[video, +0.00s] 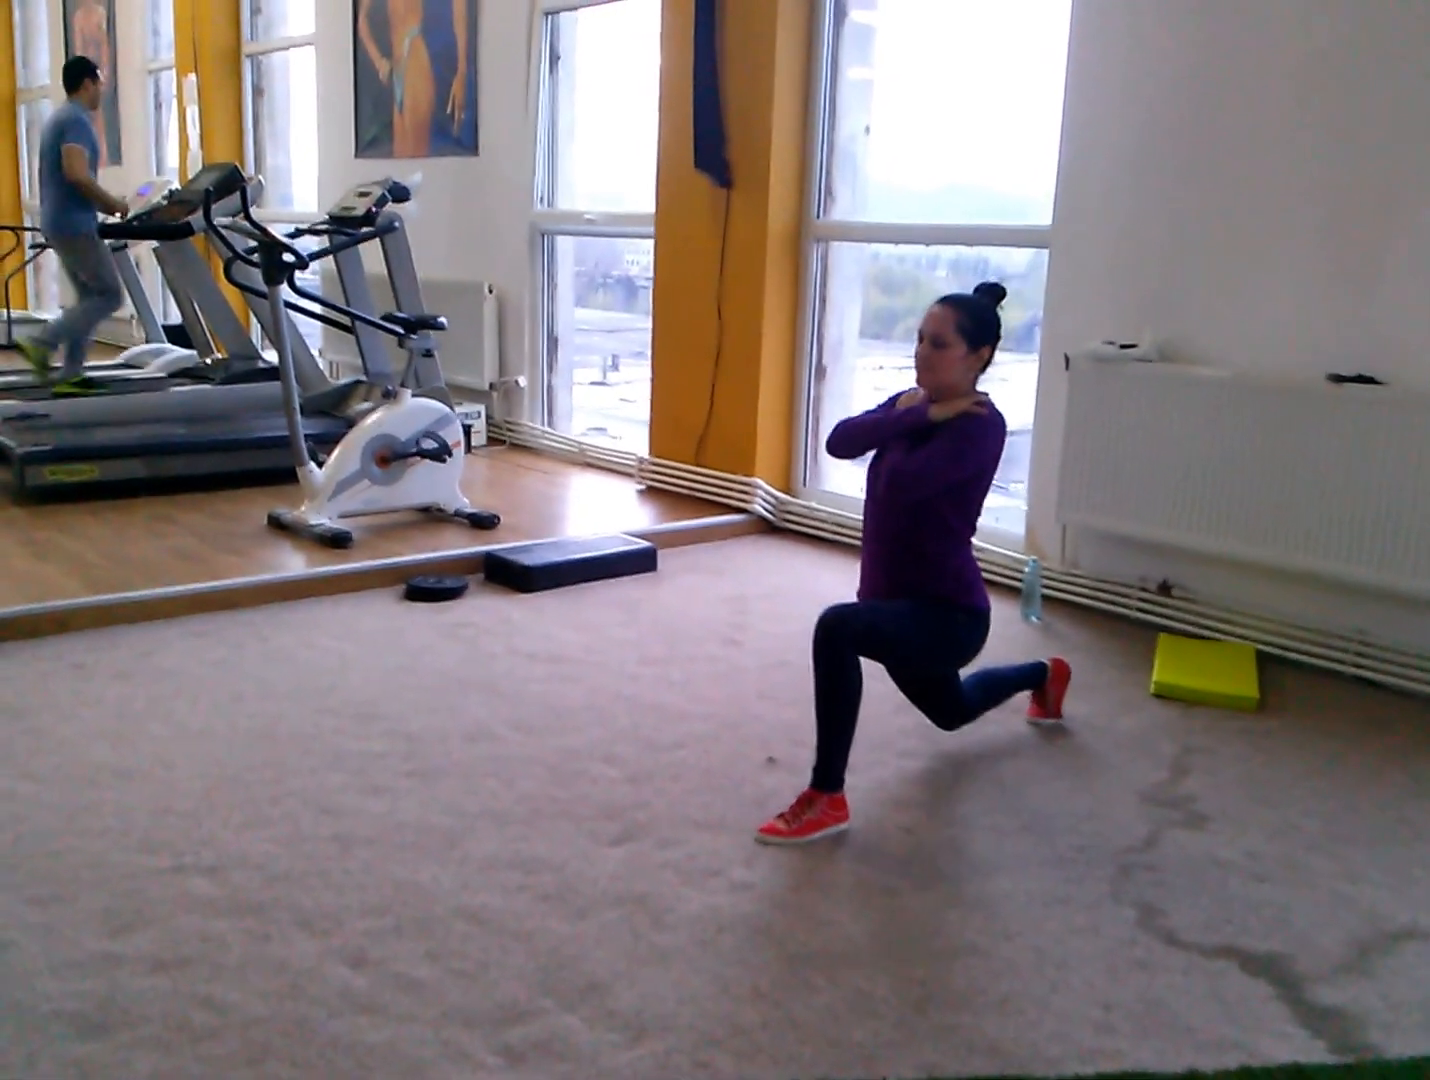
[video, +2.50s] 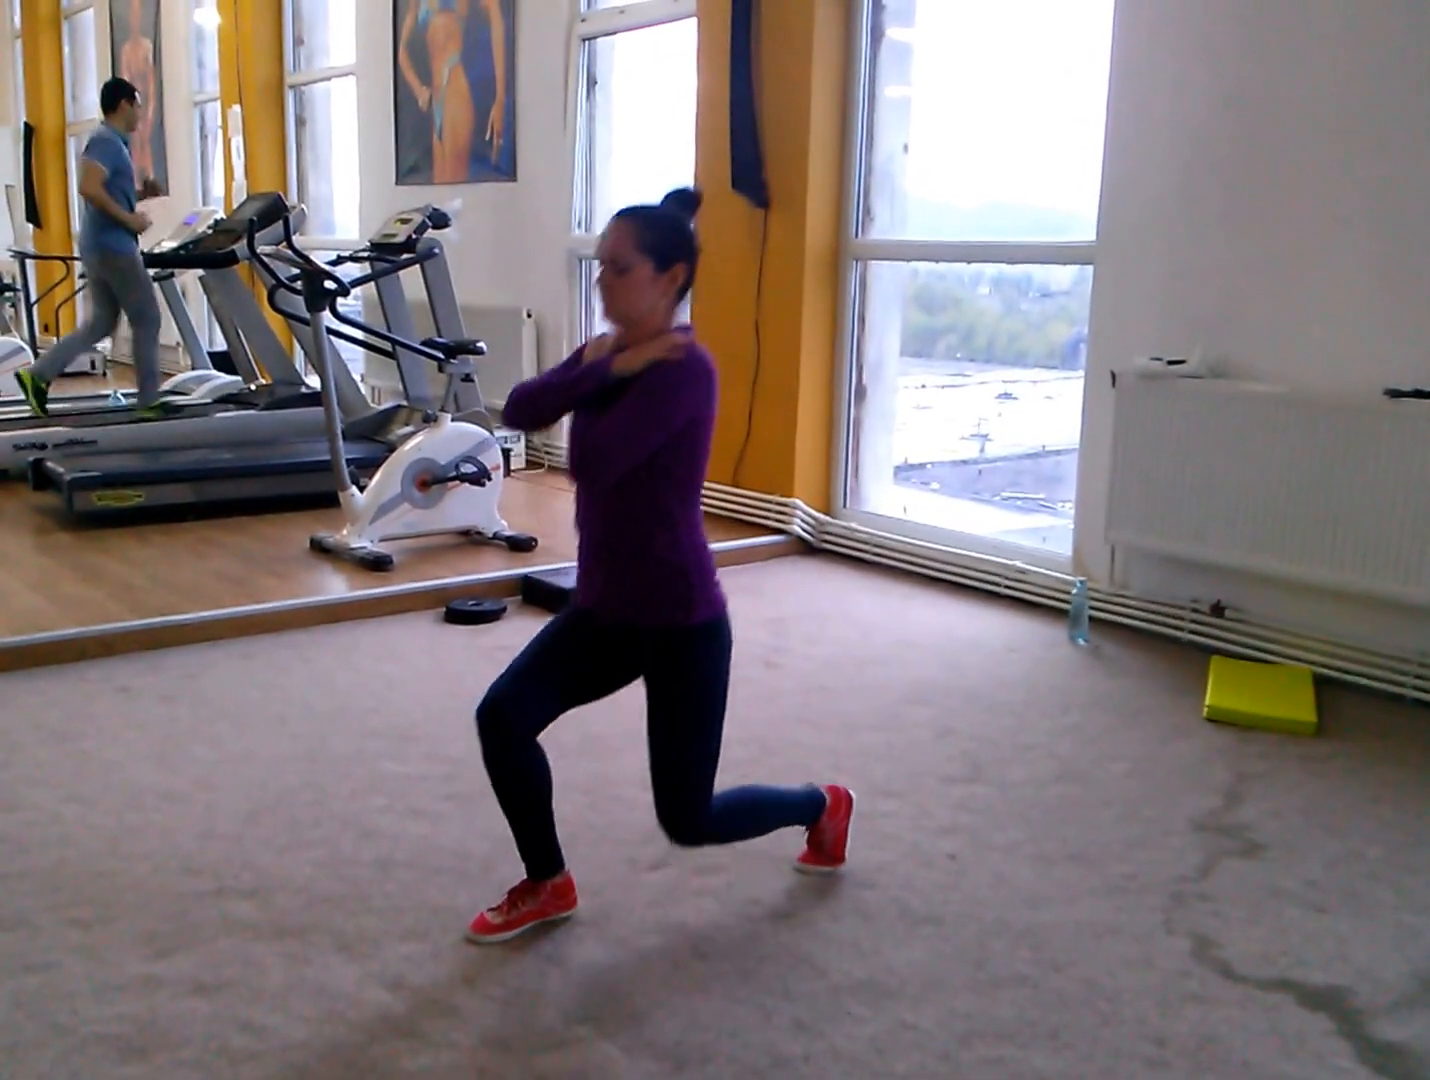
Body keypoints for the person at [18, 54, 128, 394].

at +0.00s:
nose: (101, 89)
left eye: (100, 83)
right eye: (99, 83)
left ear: (74, 85)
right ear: (87, 84)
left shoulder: (63, 119)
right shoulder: (75, 120)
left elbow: (72, 179)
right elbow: (76, 174)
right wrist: (114, 205)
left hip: (62, 224)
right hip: (73, 225)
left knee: (90, 297)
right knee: (109, 294)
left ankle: (73, 372)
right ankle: (43, 341)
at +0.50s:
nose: (116, 90)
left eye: (115, 83)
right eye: (114, 83)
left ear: (84, 84)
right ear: (103, 84)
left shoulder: (61, 118)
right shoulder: (94, 121)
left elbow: (39, 163)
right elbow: (102, 174)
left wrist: (70, 183)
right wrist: (128, 181)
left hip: (69, 226)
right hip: (84, 228)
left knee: (122, 286)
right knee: (72, 302)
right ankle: (35, 376)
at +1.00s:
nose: (128, 99)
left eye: (128, 92)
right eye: (125, 92)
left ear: (101, 92)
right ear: (110, 92)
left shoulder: (97, 125)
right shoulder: (94, 125)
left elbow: (94, 173)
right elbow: (80, 171)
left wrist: (126, 173)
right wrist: (120, 202)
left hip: (86, 230)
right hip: (98, 231)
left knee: (88, 306)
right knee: (133, 299)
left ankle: (26, 360)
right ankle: (134, 386)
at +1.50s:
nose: (136, 112)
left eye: (135, 105)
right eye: (133, 105)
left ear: (107, 108)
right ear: (121, 106)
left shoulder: (95, 140)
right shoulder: (111, 142)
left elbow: (99, 197)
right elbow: (108, 191)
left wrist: (138, 224)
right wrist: (143, 223)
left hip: (94, 244)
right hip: (108, 245)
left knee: (125, 317)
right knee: (142, 315)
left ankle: (106, 389)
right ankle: (79, 366)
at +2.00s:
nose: (142, 113)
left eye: (141, 106)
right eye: (139, 106)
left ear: (111, 106)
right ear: (127, 106)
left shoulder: (89, 140)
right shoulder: (119, 142)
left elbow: (67, 185)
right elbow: (129, 194)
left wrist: (98, 204)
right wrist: (156, 201)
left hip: (99, 245)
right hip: (111, 246)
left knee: (148, 305)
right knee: (100, 321)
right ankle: (62, 393)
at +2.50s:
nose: (138, 114)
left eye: (138, 107)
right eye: (136, 107)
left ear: (112, 107)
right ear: (124, 106)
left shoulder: (110, 141)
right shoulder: (106, 141)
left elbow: (109, 190)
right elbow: (90, 187)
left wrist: (141, 192)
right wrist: (129, 217)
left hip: (101, 246)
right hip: (114, 247)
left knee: (101, 323)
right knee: (147, 319)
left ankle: (39, 375)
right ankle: (149, 400)